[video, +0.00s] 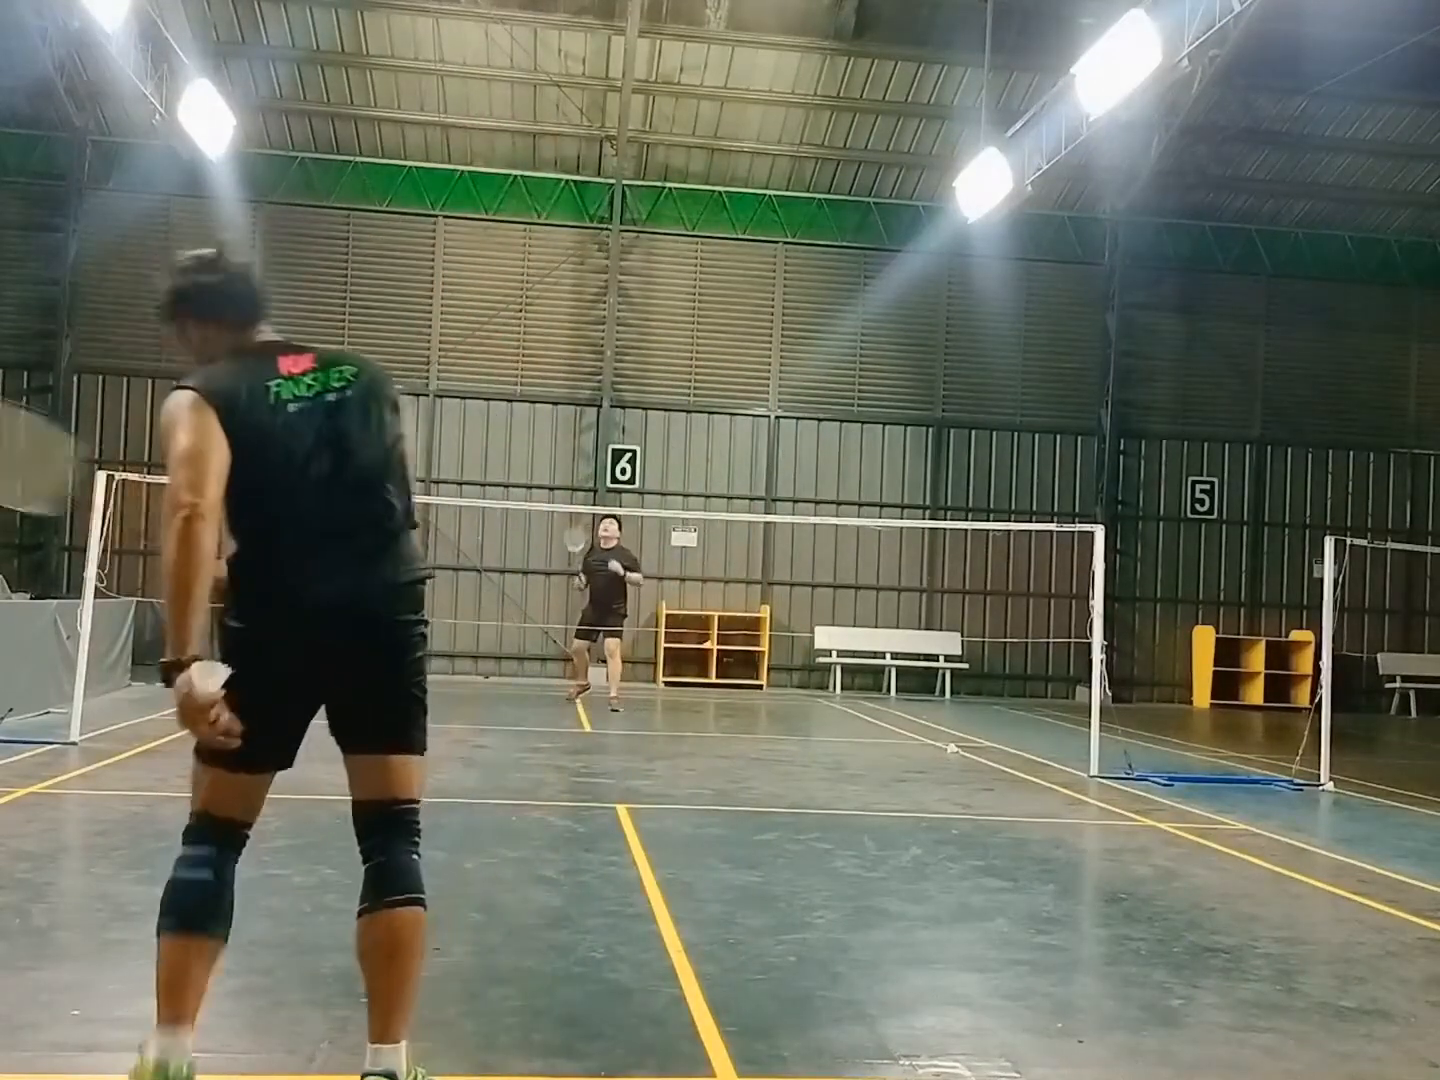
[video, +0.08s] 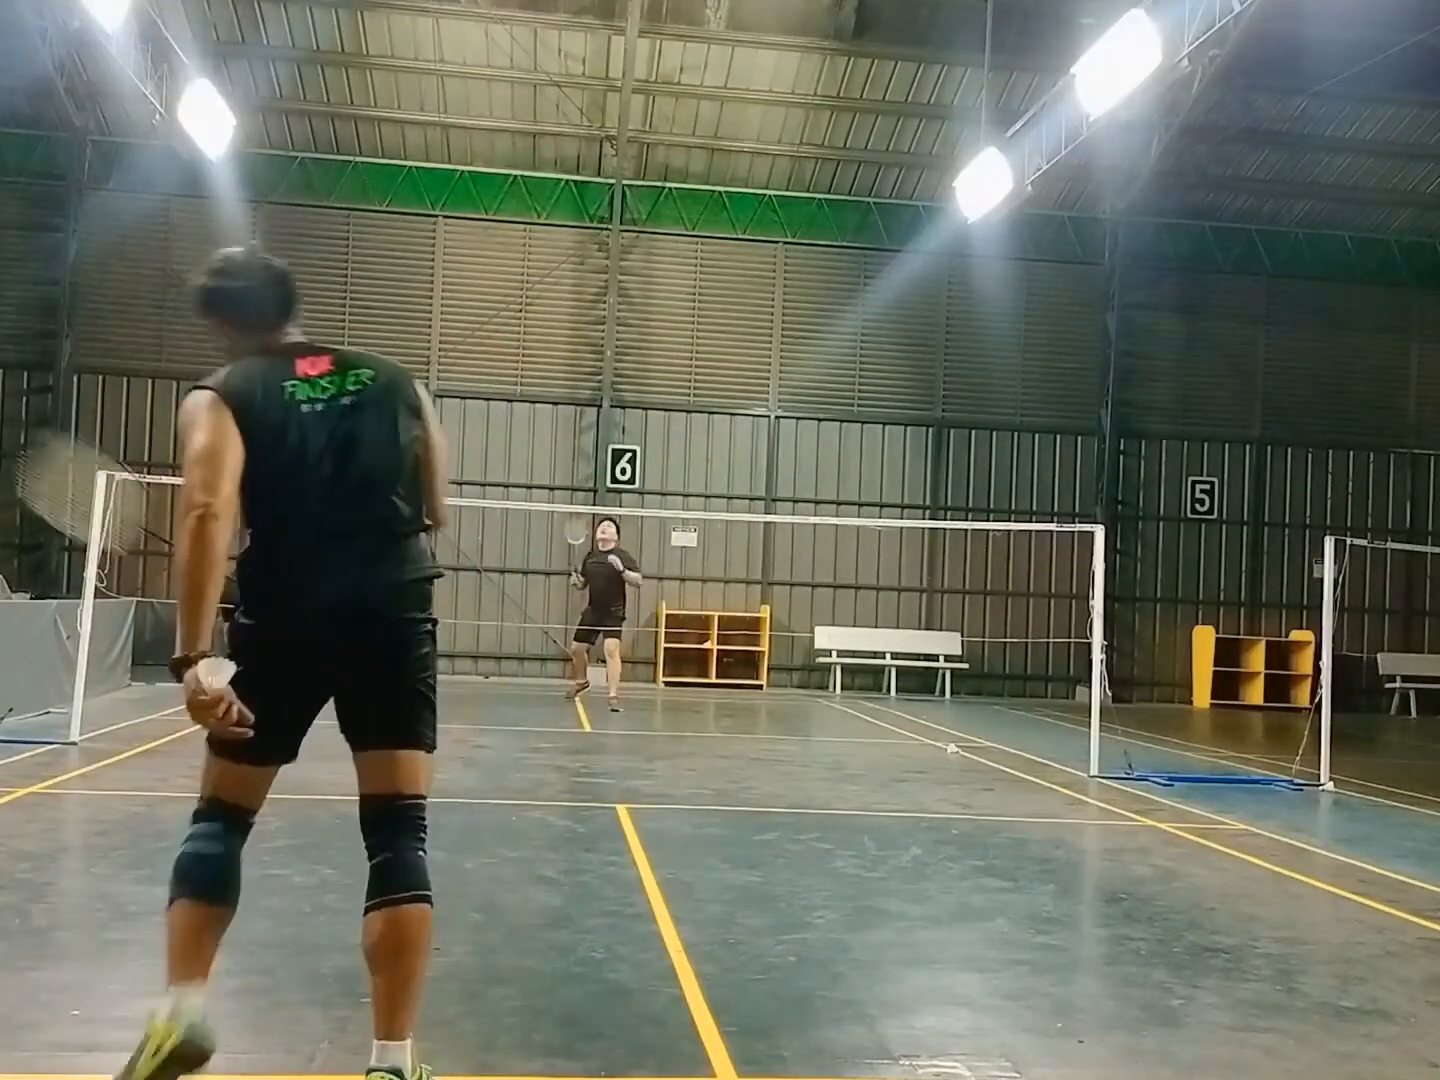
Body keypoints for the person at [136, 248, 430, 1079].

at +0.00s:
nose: (179, 345)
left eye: (177, 331)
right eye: (179, 331)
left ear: (191, 327)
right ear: (256, 317)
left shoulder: (200, 399)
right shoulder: (359, 380)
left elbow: (193, 510)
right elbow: (390, 507)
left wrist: (187, 660)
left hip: (272, 631)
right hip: (383, 627)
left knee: (214, 839)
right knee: (392, 834)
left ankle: (170, 1054)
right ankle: (389, 1060)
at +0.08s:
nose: (211, 337)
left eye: (211, 325)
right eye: (211, 325)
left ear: (222, 322)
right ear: (292, 312)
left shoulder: (220, 397)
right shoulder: (391, 383)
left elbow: (210, 510)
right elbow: (431, 511)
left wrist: (194, 657)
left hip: (281, 630)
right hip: (393, 629)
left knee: (221, 818)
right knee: (398, 830)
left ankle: (183, 1007)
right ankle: (394, 1056)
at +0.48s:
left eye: (298, 331)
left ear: (295, 333)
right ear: (364, 331)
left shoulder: (258, 406)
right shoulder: (420, 403)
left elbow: (220, 534)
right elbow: (470, 518)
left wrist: (208, 642)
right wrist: (515, 629)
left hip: (292, 623)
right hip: (393, 624)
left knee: (270, 799)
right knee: (409, 797)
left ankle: (250, 989)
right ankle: (384, 951)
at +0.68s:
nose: (403, 341)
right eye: (413, 329)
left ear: (356, 339)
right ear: (420, 337)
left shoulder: (311, 407)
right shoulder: (460, 407)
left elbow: (249, 512)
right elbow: (483, 522)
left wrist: (259, 605)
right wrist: (513, 632)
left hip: (327, 618)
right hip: (420, 621)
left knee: (292, 780)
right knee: (439, 784)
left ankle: (248, 964)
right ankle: (443, 949)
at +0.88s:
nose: (467, 373)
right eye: (475, 362)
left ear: (420, 367)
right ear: (479, 370)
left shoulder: (376, 432)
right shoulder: (508, 445)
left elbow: (319, 529)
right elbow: (517, 555)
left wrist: (304, 609)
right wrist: (531, 662)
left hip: (381, 630)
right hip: (463, 635)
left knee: (334, 779)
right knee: (473, 784)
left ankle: (274, 915)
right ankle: (459, 937)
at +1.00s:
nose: (515, 371)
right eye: (517, 362)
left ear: (459, 362)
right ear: (517, 367)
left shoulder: (410, 424)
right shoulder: (540, 439)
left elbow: (368, 522)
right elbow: (549, 549)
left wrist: (350, 602)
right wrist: (566, 648)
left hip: (415, 620)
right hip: (492, 628)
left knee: (399, 753)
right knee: (487, 774)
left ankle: (342, 866)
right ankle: (461, 932)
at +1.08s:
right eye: (533, 357)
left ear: (476, 357)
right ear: (533, 362)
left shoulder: (431, 415)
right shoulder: (556, 428)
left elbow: (388, 510)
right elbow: (569, 534)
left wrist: (386, 596)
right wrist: (585, 624)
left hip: (430, 602)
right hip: (503, 610)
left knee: (440, 738)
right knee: (493, 765)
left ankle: (397, 878)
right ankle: (462, 924)